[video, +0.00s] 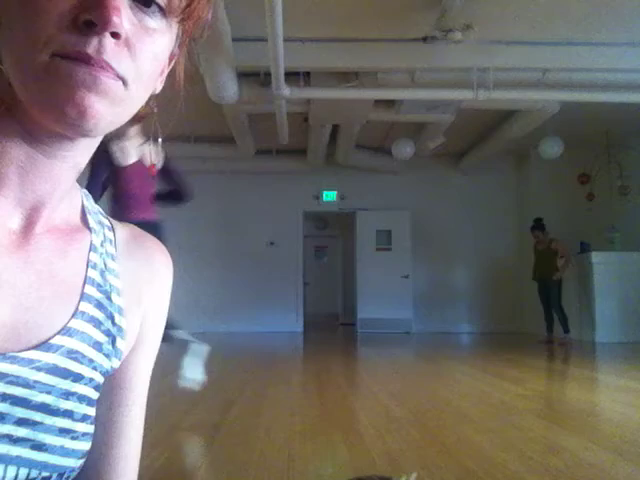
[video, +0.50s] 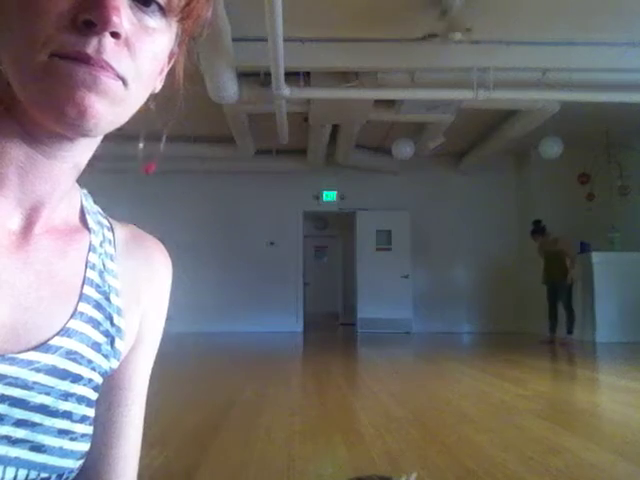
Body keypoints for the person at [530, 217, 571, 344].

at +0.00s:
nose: (536, 239)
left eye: (537, 236)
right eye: (534, 236)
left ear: (544, 233)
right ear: (533, 235)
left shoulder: (554, 244)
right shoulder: (536, 245)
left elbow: (567, 257)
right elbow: (537, 261)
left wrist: (561, 272)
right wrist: (535, 274)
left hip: (553, 278)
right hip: (541, 279)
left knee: (556, 306)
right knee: (546, 307)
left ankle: (566, 333)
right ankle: (549, 334)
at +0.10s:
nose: (536, 239)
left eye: (537, 236)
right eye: (534, 236)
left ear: (544, 233)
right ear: (534, 235)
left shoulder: (554, 244)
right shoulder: (537, 245)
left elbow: (568, 258)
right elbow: (538, 261)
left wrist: (561, 272)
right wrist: (536, 274)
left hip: (554, 278)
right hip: (542, 279)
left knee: (556, 305)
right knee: (547, 307)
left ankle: (567, 333)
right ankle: (549, 334)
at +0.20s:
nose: (537, 240)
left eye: (538, 237)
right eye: (535, 237)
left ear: (545, 234)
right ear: (535, 236)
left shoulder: (555, 244)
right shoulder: (538, 246)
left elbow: (569, 257)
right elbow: (540, 261)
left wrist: (562, 271)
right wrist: (538, 274)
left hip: (555, 278)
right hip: (543, 279)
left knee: (559, 305)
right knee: (548, 307)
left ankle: (568, 333)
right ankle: (549, 334)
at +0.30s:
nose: (538, 240)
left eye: (539, 237)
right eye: (536, 237)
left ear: (545, 234)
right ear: (535, 236)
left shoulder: (556, 244)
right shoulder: (540, 246)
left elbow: (571, 256)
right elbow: (543, 261)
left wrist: (565, 271)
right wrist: (540, 273)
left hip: (558, 277)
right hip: (546, 278)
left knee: (562, 304)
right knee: (549, 306)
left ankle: (568, 333)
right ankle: (550, 334)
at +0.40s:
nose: (537, 240)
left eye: (538, 237)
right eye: (536, 238)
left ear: (544, 234)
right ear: (537, 236)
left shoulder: (557, 244)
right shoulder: (541, 246)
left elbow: (570, 257)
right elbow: (545, 262)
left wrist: (568, 272)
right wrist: (543, 276)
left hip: (561, 278)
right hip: (549, 279)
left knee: (565, 306)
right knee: (550, 307)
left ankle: (569, 334)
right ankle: (551, 334)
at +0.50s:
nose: (536, 242)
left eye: (537, 238)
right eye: (535, 239)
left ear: (542, 235)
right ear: (537, 236)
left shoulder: (559, 243)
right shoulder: (542, 246)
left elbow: (572, 257)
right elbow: (547, 261)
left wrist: (571, 274)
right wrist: (545, 277)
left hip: (564, 279)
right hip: (551, 280)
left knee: (567, 306)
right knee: (552, 307)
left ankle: (569, 335)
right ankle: (552, 335)